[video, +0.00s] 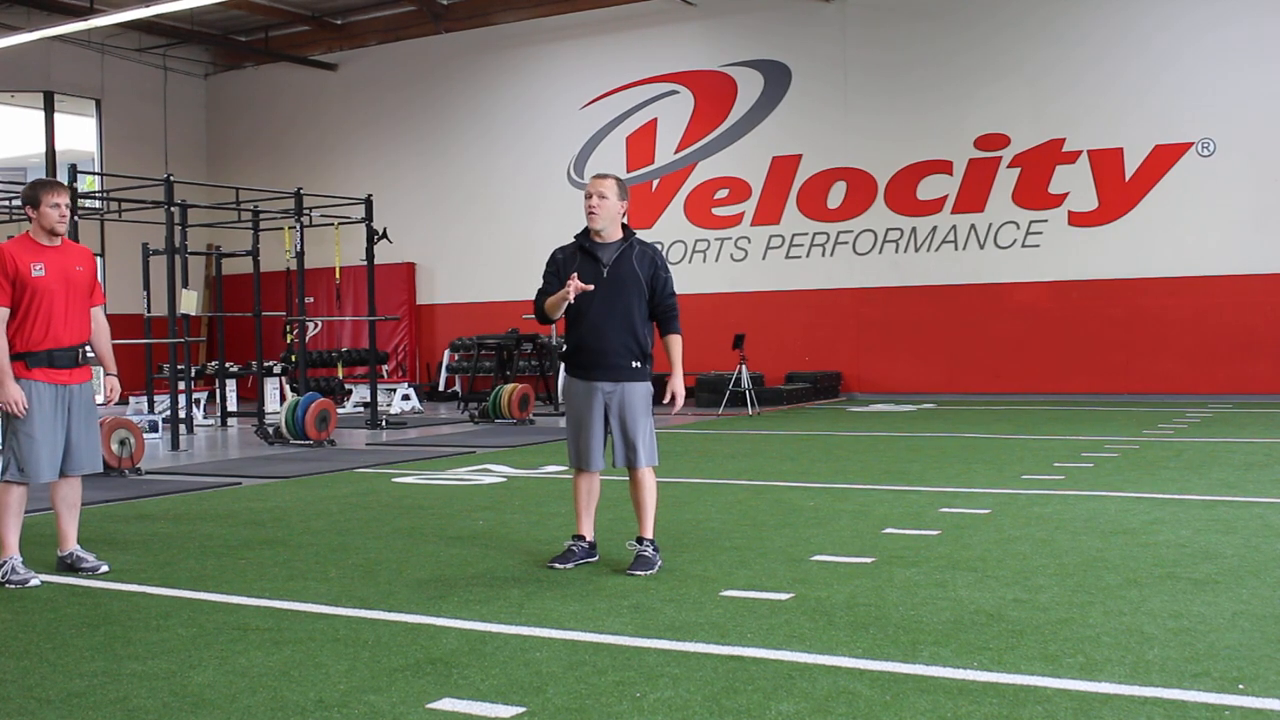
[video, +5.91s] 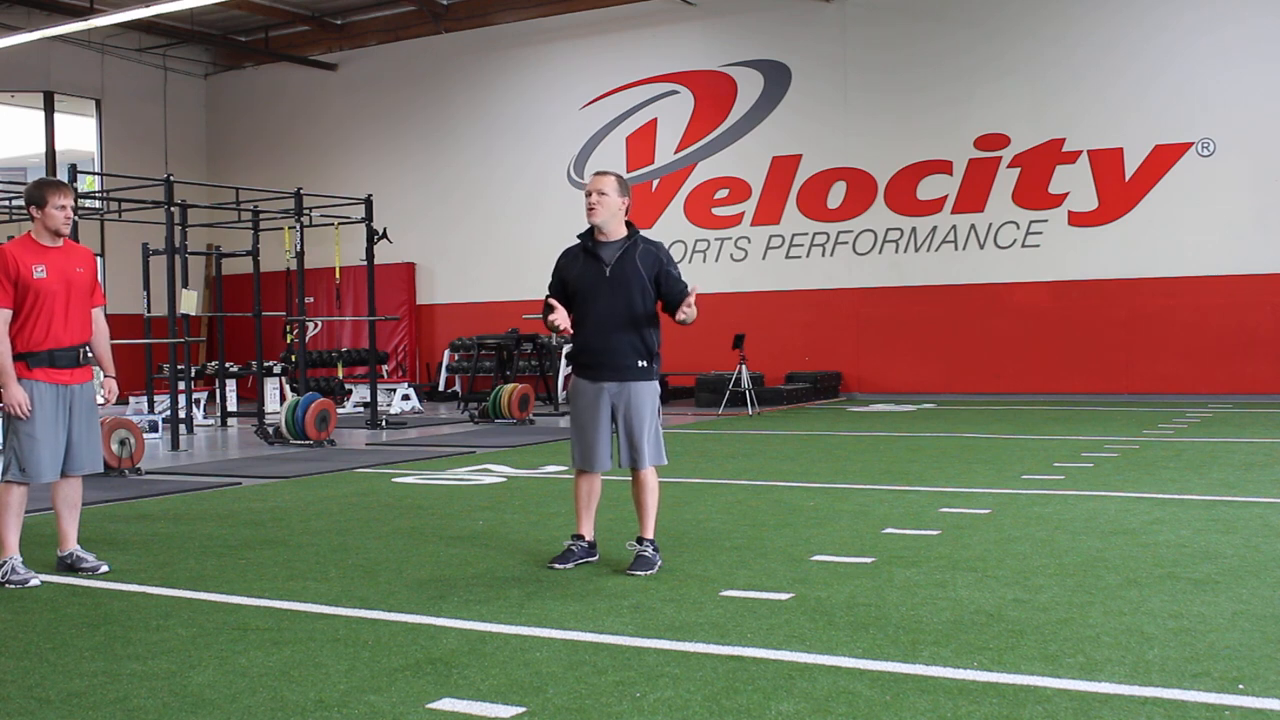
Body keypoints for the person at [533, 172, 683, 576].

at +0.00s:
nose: (591, 202)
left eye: (600, 197)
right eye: (588, 197)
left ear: (622, 207)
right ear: (584, 205)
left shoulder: (648, 257)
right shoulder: (564, 258)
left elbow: (668, 317)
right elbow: (543, 314)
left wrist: (677, 372)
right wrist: (564, 294)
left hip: (632, 379)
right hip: (581, 378)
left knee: (640, 463)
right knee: (585, 463)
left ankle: (647, 544)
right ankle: (584, 542)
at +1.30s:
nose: (594, 203)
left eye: (602, 197)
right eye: (590, 198)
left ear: (624, 204)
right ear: (586, 206)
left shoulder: (650, 257)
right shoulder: (571, 257)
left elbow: (670, 320)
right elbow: (534, 302)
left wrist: (671, 376)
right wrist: (510, 270)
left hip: (630, 379)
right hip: (580, 378)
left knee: (638, 463)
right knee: (584, 464)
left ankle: (646, 544)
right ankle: (583, 542)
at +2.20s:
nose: (594, 204)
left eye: (602, 197)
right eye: (588, 199)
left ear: (622, 204)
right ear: (583, 208)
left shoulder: (649, 255)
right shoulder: (570, 257)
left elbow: (673, 312)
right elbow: (539, 309)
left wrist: (654, 335)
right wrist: (528, 296)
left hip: (632, 379)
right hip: (582, 377)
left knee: (639, 463)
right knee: (585, 462)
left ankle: (646, 544)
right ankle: (583, 542)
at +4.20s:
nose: (590, 208)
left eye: (598, 201)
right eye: (587, 202)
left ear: (622, 207)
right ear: (586, 208)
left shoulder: (653, 256)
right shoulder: (572, 259)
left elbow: (678, 315)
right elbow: (548, 322)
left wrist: (651, 311)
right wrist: (557, 309)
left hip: (635, 381)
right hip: (584, 379)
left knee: (641, 463)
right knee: (586, 464)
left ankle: (646, 544)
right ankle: (584, 542)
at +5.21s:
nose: (586, 209)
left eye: (594, 202)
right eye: (582, 204)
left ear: (618, 206)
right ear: (579, 211)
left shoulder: (648, 253)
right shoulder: (571, 258)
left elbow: (659, 311)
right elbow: (551, 323)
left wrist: (605, 288)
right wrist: (553, 308)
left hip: (634, 379)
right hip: (585, 377)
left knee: (641, 462)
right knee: (586, 461)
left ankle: (646, 544)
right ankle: (584, 541)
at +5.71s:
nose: (587, 204)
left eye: (596, 197)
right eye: (585, 197)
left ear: (621, 204)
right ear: (582, 204)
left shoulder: (651, 251)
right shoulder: (571, 257)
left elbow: (679, 310)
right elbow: (550, 310)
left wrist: (659, 280)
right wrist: (554, 317)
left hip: (636, 377)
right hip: (585, 377)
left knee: (641, 462)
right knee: (587, 463)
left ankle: (646, 544)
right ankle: (584, 541)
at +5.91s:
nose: (590, 201)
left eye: (600, 195)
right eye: (588, 195)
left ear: (623, 203)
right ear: (585, 203)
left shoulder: (651, 253)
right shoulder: (570, 258)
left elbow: (680, 309)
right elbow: (552, 309)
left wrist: (686, 309)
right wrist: (557, 318)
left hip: (637, 378)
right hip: (587, 378)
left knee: (642, 463)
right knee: (586, 464)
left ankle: (646, 545)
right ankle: (583, 541)